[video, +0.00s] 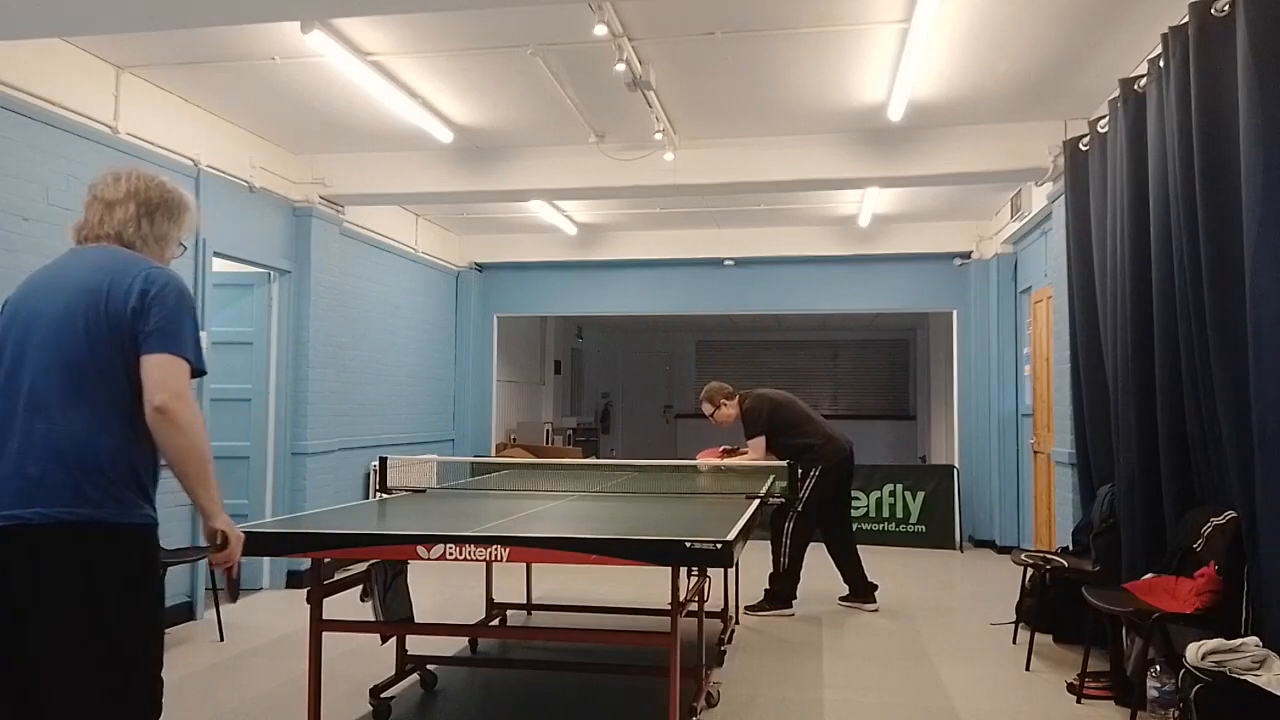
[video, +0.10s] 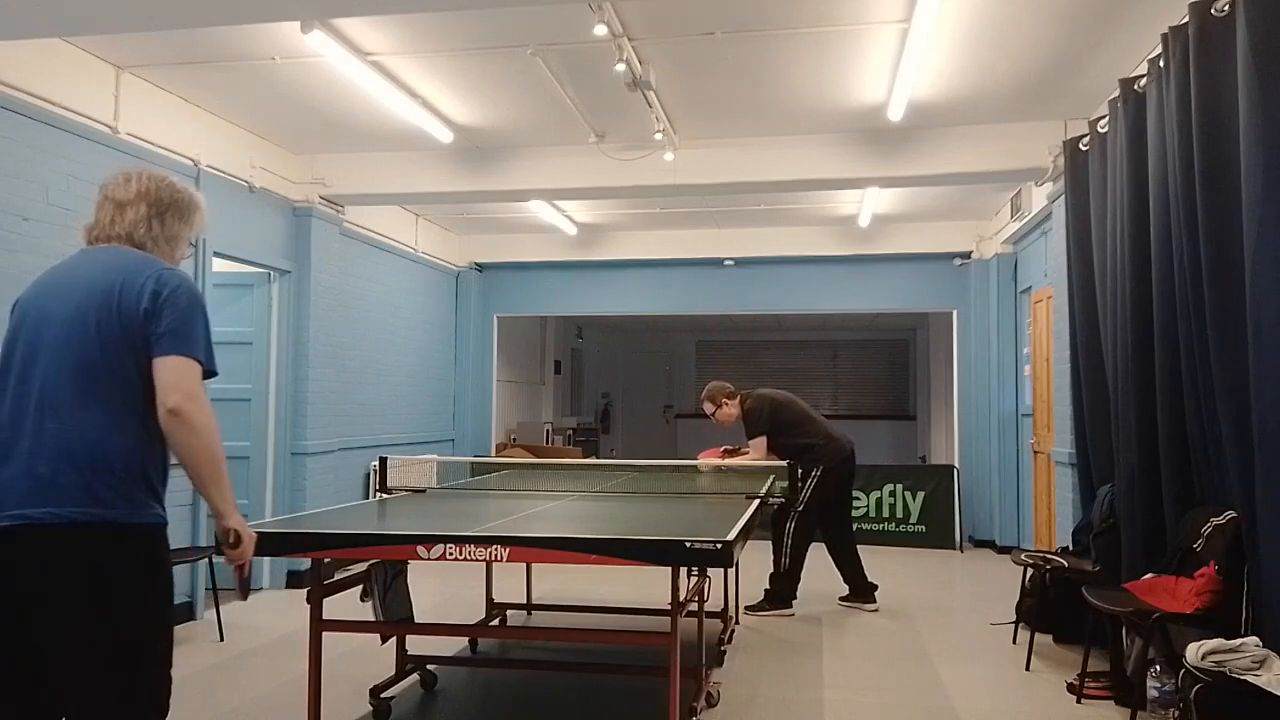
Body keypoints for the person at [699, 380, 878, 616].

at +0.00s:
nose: (714, 422)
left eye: (712, 415)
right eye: (710, 418)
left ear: (725, 403)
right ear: (727, 401)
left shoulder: (753, 406)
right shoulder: (757, 400)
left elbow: (757, 456)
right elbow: (773, 450)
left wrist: (722, 463)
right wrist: (739, 452)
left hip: (823, 459)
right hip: (837, 453)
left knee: (786, 520)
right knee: (834, 525)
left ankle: (780, 598)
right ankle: (862, 591)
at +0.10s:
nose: (716, 421)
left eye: (713, 415)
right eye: (712, 417)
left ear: (726, 403)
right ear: (728, 401)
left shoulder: (754, 406)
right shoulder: (759, 400)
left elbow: (758, 456)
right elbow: (775, 450)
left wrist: (723, 463)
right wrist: (740, 452)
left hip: (824, 459)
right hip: (838, 454)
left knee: (788, 520)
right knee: (835, 525)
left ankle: (780, 598)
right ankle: (862, 591)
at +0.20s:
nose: (718, 420)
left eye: (715, 414)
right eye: (714, 416)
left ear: (728, 402)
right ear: (730, 400)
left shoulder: (756, 406)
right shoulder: (761, 400)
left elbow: (760, 457)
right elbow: (776, 450)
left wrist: (722, 464)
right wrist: (742, 452)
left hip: (826, 460)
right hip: (840, 455)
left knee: (789, 520)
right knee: (835, 526)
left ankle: (780, 597)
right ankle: (862, 591)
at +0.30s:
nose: (721, 416)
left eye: (719, 409)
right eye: (717, 411)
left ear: (731, 397)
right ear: (734, 396)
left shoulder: (761, 404)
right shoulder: (767, 398)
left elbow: (759, 454)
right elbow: (779, 449)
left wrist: (725, 463)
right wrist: (745, 451)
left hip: (827, 460)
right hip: (841, 455)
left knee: (789, 521)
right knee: (834, 527)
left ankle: (780, 597)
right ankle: (861, 591)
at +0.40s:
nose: (729, 402)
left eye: (728, 395)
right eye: (726, 398)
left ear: (741, 385)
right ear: (745, 384)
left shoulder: (770, 396)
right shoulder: (777, 390)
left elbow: (752, 446)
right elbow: (763, 441)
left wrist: (720, 437)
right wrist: (734, 438)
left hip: (827, 463)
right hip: (842, 458)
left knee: (789, 521)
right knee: (832, 529)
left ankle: (779, 597)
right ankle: (861, 591)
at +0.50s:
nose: (738, 382)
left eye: (740, 375)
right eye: (736, 377)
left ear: (756, 369)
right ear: (758, 369)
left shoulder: (778, 386)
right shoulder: (786, 381)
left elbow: (745, 422)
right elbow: (753, 421)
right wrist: (734, 411)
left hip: (830, 464)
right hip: (843, 459)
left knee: (791, 522)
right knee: (832, 529)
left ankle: (780, 597)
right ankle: (861, 591)